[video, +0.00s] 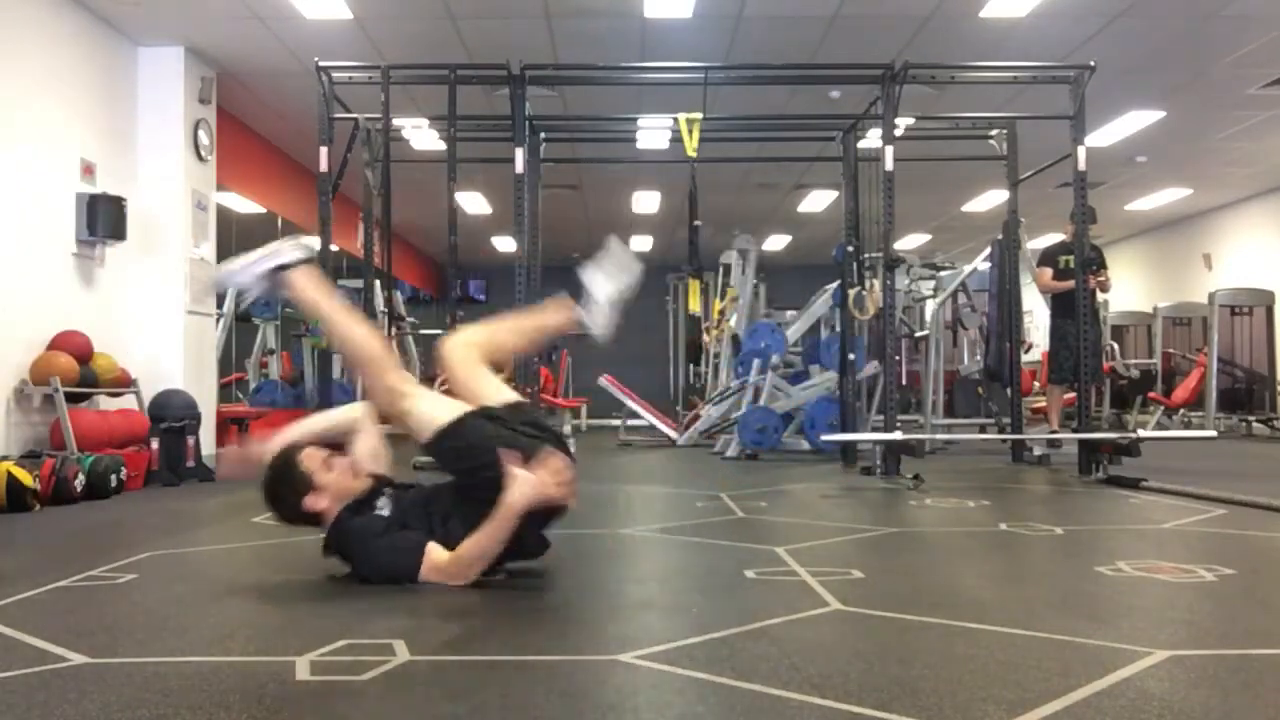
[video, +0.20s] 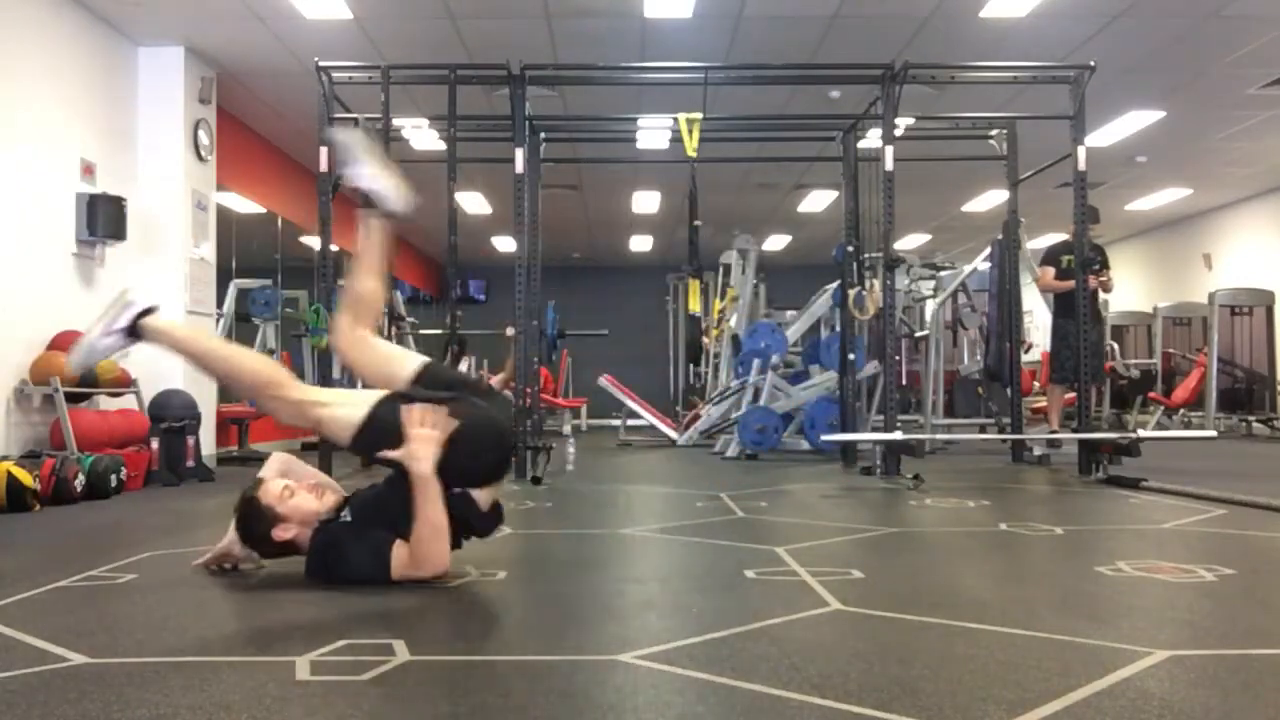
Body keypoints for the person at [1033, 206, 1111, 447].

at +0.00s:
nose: (1082, 230)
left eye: (1086, 225)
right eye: (1078, 224)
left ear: (1092, 227)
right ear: (1069, 224)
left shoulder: (1095, 252)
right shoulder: (1052, 252)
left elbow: (1105, 287)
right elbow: (1043, 285)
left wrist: (1101, 282)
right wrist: (1075, 284)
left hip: (1089, 320)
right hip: (1063, 321)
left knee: (1089, 375)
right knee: (1058, 377)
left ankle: (1087, 423)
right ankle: (1054, 427)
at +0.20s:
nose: (1084, 229)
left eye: (1088, 225)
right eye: (1081, 224)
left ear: (1093, 226)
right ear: (1072, 224)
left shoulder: (1097, 251)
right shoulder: (1055, 251)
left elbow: (1108, 287)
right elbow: (1044, 283)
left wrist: (1103, 281)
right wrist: (1078, 283)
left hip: (1092, 320)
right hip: (1065, 320)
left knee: (1091, 375)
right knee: (1059, 376)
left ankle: (1088, 422)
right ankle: (1054, 426)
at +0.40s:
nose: (1090, 233)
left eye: (1094, 228)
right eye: (1087, 227)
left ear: (1099, 229)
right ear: (1076, 225)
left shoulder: (1101, 252)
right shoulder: (1058, 250)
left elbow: (1111, 286)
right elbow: (1046, 284)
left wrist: (1106, 283)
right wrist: (1079, 283)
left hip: (1093, 320)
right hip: (1066, 320)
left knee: (1092, 375)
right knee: (1060, 376)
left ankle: (1088, 423)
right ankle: (1054, 427)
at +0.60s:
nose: (1094, 235)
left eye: (1099, 231)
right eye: (1091, 230)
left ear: (1103, 229)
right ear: (1080, 225)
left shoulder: (1106, 251)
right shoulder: (1061, 250)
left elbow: (1115, 287)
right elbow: (1049, 282)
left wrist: (1109, 282)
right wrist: (1081, 283)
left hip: (1093, 320)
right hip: (1066, 319)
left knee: (1092, 375)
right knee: (1059, 375)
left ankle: (1088, 422)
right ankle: (1054, 426)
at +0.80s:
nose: (1090, 235)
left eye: (1094, 231)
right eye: (1087, 230)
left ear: (1099, 229)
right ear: (1077, 225)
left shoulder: (1102, 252)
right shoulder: (1057, 250)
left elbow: (1113, 286)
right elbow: (1046, 282)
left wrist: (1103, 282)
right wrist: (1078, 283)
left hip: (1090, 320)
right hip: (1062, 320)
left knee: (1089, 376)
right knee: (1053, 373)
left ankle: (1086, 422)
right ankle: (1041, 421)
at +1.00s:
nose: (1080, 230)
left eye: (1085, 226)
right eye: (1076, 224)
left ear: (1091, 228)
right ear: (1067, 225)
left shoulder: (1092, 254)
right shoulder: (1047, 252)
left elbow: (1101, 286)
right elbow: (1040, 284)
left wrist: (1098, 282)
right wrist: (1074, 284)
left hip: (1083, 321)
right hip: (1057, 321)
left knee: (1086, 374)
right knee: (1050, 375)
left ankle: (1085, 421)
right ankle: (1041, 423)